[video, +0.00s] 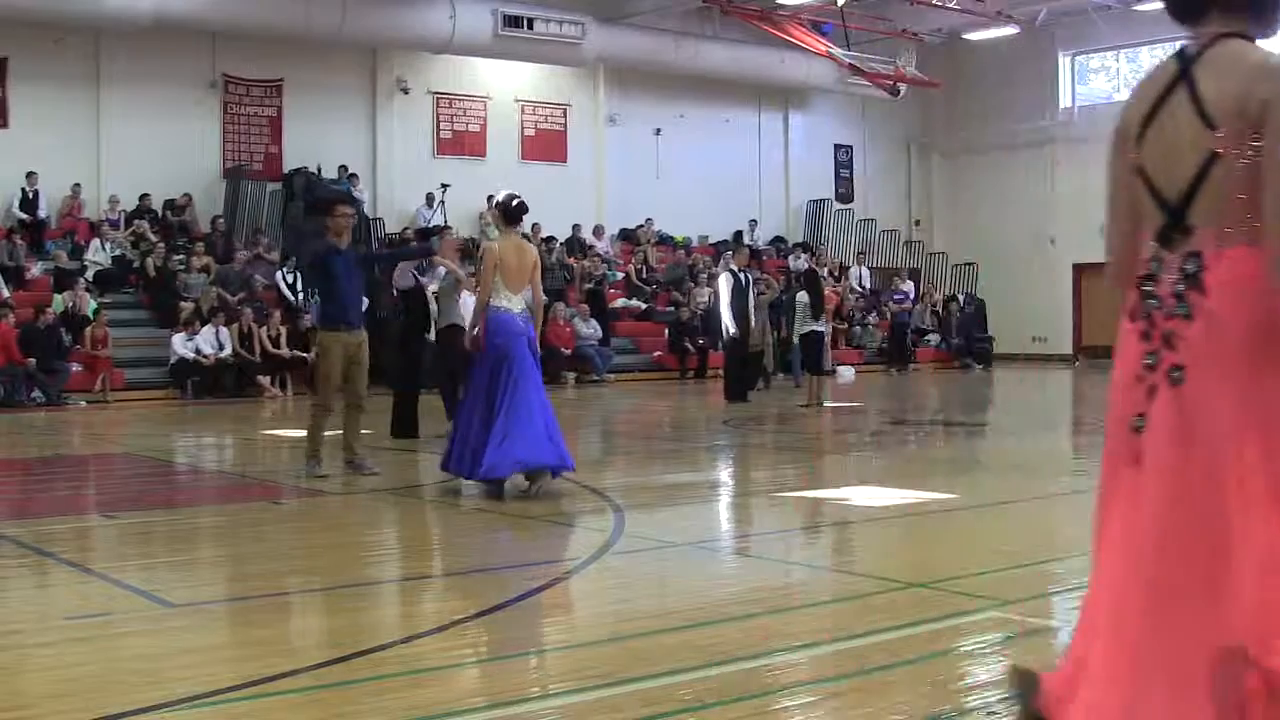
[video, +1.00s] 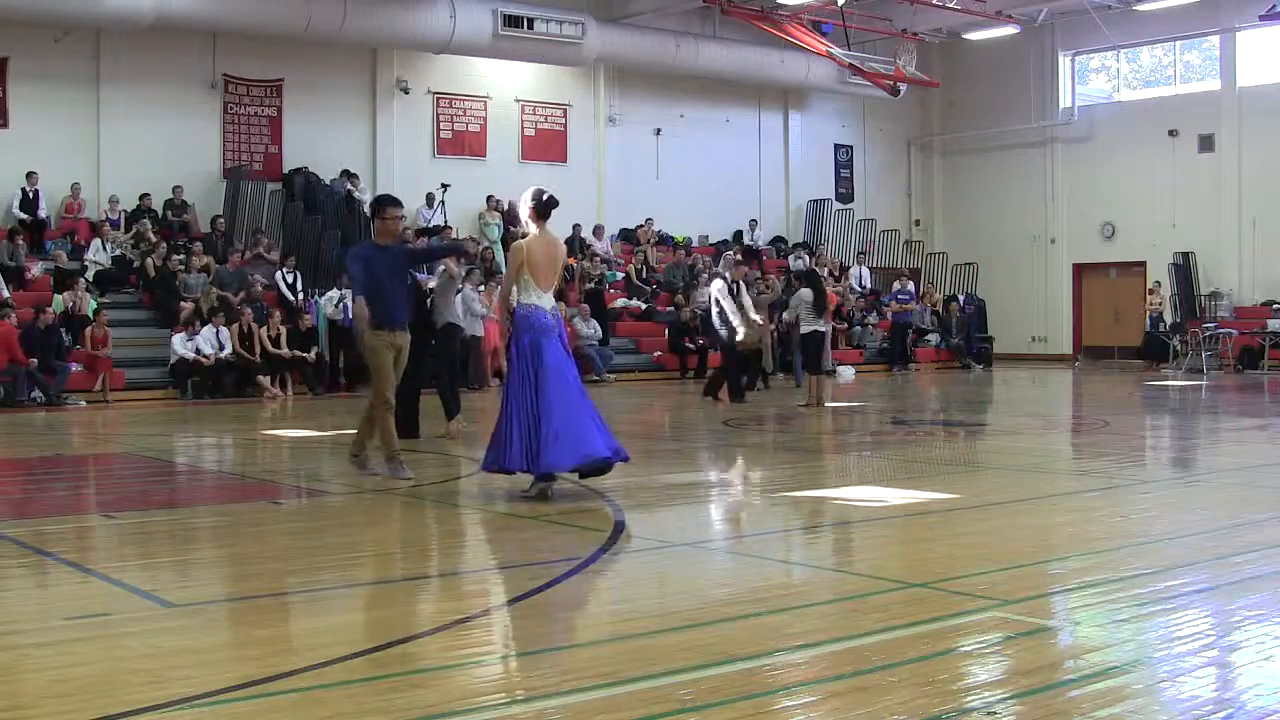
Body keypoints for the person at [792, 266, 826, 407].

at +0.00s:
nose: (802, 281)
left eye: (803, 278)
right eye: (804, 278)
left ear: (804, 280)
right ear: (817, 280)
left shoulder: (801, 295)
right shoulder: (820, 295)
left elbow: (799, 318)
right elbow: (822, 316)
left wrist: (795, 335)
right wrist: (823, 330)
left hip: (807, 332)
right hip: (820, 332)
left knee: (811, 369)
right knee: (818, 369)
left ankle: (811, 398)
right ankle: (818, 398)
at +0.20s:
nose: (801, 281)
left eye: (802, 278)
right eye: (803, 278)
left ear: (804, 280)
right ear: (817, 280)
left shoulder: (800, 295)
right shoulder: (820, 295)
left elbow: (797, 318)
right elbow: (821, 316)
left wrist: (793, 334)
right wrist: (822, 329)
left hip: (806, 332)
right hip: (819, 332)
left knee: (810, 368)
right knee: (817, 368)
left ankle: (810, 398)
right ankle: (818, 397)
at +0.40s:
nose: (800, 281)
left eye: (802, 278)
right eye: (801, 278)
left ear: (804, 280)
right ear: (817, 280)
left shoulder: (801, 295)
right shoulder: (820, 295)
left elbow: (795, 314)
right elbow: (822, 314)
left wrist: (788, 328)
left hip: (806, 332)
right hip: (819, 331)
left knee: (810, 367)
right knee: (816, 367)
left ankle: (811, 397)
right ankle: (819, 397)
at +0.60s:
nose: (800, 282)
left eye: (801, 279)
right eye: (800, 279)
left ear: (804, 280)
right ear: (817, 280)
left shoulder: (801, 296)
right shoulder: (820, 295)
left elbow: (789, 313)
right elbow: (823, 317)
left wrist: (779, 329)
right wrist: (828, 330)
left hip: (806, 332)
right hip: (820, 332)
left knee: (811, 368)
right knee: (817, 367)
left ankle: (810, 398)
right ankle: (819, 398)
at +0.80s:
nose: (800, 282)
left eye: (801, 280)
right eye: (801, 280)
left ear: (805, 281)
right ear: (817, 280)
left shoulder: (802, 295)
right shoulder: (821, 294)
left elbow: (792, 315)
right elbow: (824, 316)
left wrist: (781, 329)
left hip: (807, 331)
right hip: (820, 331)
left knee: (811, 367)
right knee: (818, 367)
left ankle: (811, 398)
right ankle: (820, 398)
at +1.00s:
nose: (801, 282)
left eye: (802, 279)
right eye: (802, 279)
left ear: (805, 279)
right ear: (817, 279)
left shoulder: (801, 293)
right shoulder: (822, 293)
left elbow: (792, 310)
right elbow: (822, 313)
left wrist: (789, 316)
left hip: (807, 331)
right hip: (820, 330)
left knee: (810, 367)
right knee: (818, 367)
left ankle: (811, 398)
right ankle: (820, 398)